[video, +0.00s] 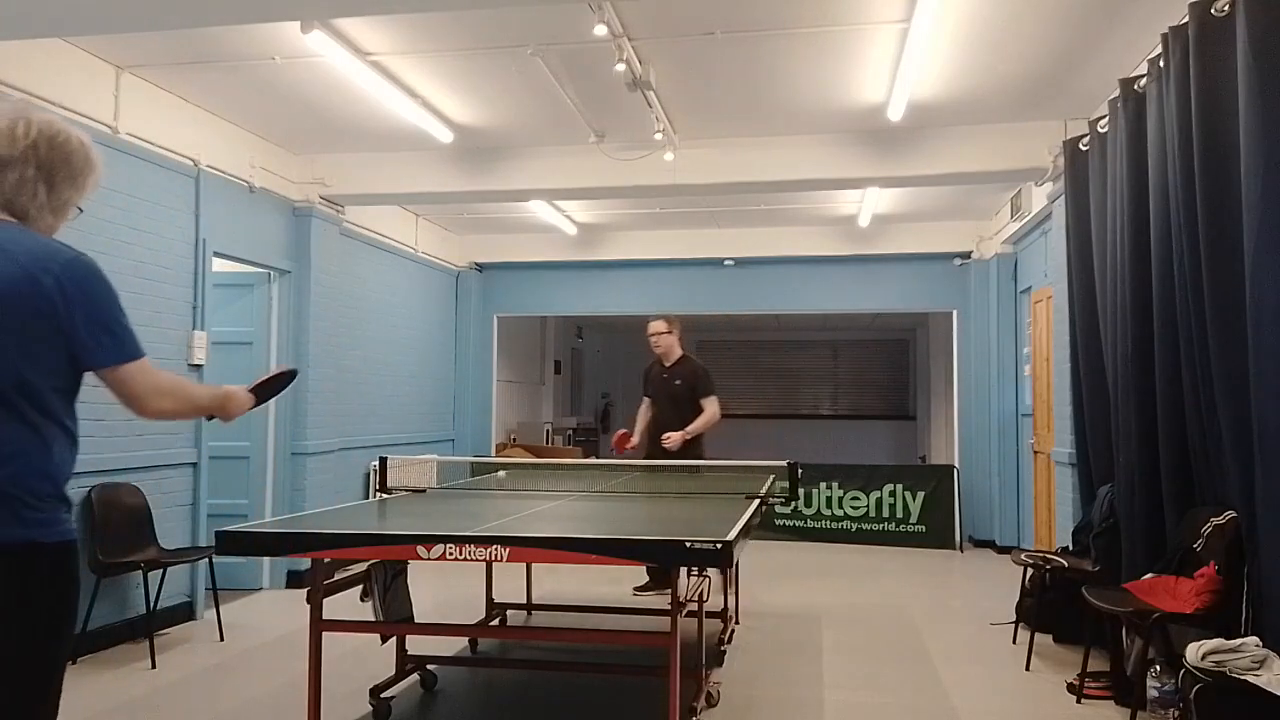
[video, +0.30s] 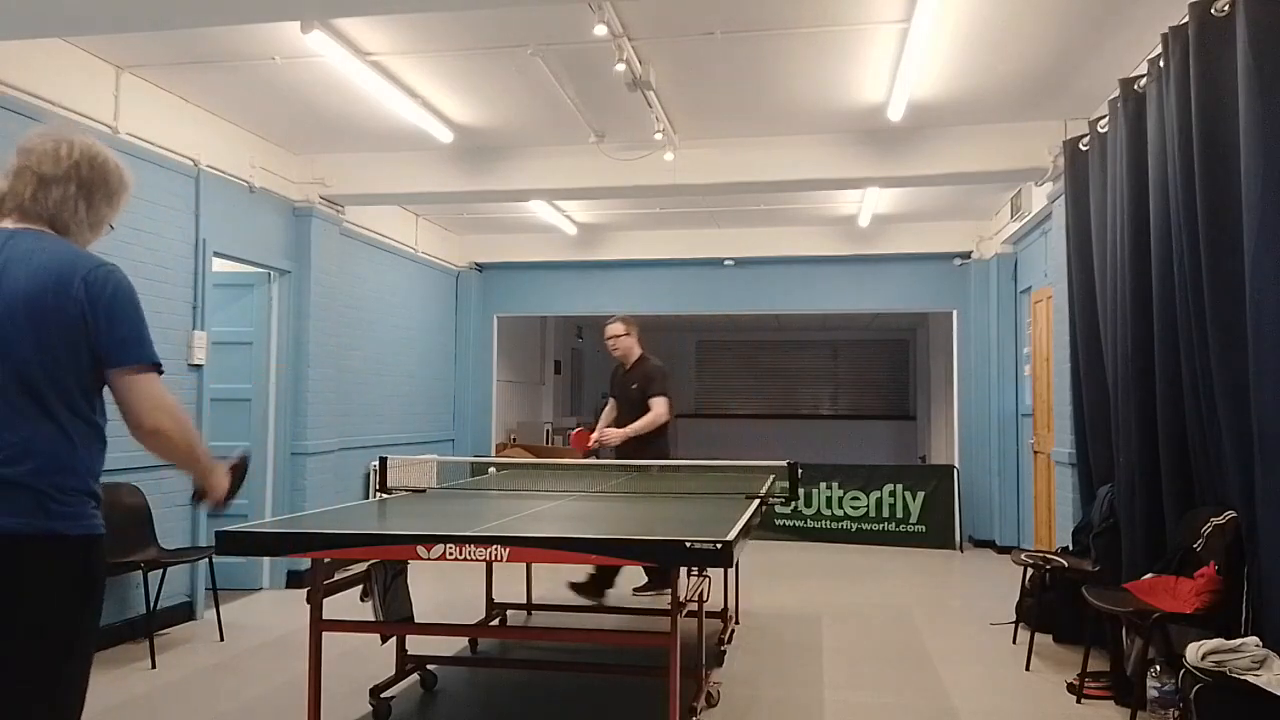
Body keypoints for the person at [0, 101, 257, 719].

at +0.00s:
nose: (75, 208)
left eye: (78, 194)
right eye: (72, 194)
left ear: (5, 176)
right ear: (51, 192)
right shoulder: (57, 270)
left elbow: (145, 391)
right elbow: (145, 393)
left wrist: (210, 400)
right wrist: (218, 400)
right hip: (25, 544)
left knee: (25, 700)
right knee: (27, 705)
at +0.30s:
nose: (105, 228)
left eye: (108, 218)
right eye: (104, 216)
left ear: (14, 187)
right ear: (86, 211)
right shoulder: (90, 278)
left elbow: (151, 415)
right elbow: (150, 417)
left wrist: (205, 467)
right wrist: (207, 471)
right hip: (48, 541)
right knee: (43, 704)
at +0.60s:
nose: (132, 249)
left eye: (136, 238)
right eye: (132, 235)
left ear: (50, 213)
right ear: (107, 224)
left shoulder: (8, 268)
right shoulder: (110, 280)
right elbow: (118, 396)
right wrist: (161, 515)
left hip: (8, 530)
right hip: (71, 540)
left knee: (14, 697)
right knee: (73, 703)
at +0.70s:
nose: (140, 250)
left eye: (144, 238)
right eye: (140, 236)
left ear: (60, 215)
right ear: (115, 224)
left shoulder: (12, 274)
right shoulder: (114, 277)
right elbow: (120, 388)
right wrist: (169, 507)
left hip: (9, 526)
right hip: (78, 533)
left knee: (18, 692)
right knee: (91, 697)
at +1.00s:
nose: (165, 252)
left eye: (169, 240)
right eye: (165, 238)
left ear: (86, 217)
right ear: (138, 224)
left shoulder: (26, 285)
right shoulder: (138, 277)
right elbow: (151, 395)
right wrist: (211, 501)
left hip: (12, 529)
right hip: (98, 532)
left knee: (25, 693)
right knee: (127, 698)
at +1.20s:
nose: (191, 249)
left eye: (194, 237)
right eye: (191, 236)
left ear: (110, 218)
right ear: (172, 227)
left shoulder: (49, 287)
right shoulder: (176, 281)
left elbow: (51, 405)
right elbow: (200, 406)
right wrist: (245, 504)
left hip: (39, 531)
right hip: (136, 530)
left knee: (46, 697)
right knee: (149, 698)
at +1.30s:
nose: (208, 250)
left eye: (211, 238)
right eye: (208, 237)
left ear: (124, 217)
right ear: (189, 225)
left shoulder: (59, 287)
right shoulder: (197, 282)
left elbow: (64, 407)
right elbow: (225, 408)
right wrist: (266, 509)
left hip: (52, 532)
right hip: (154, 531)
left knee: (58, 701)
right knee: (161, 702)